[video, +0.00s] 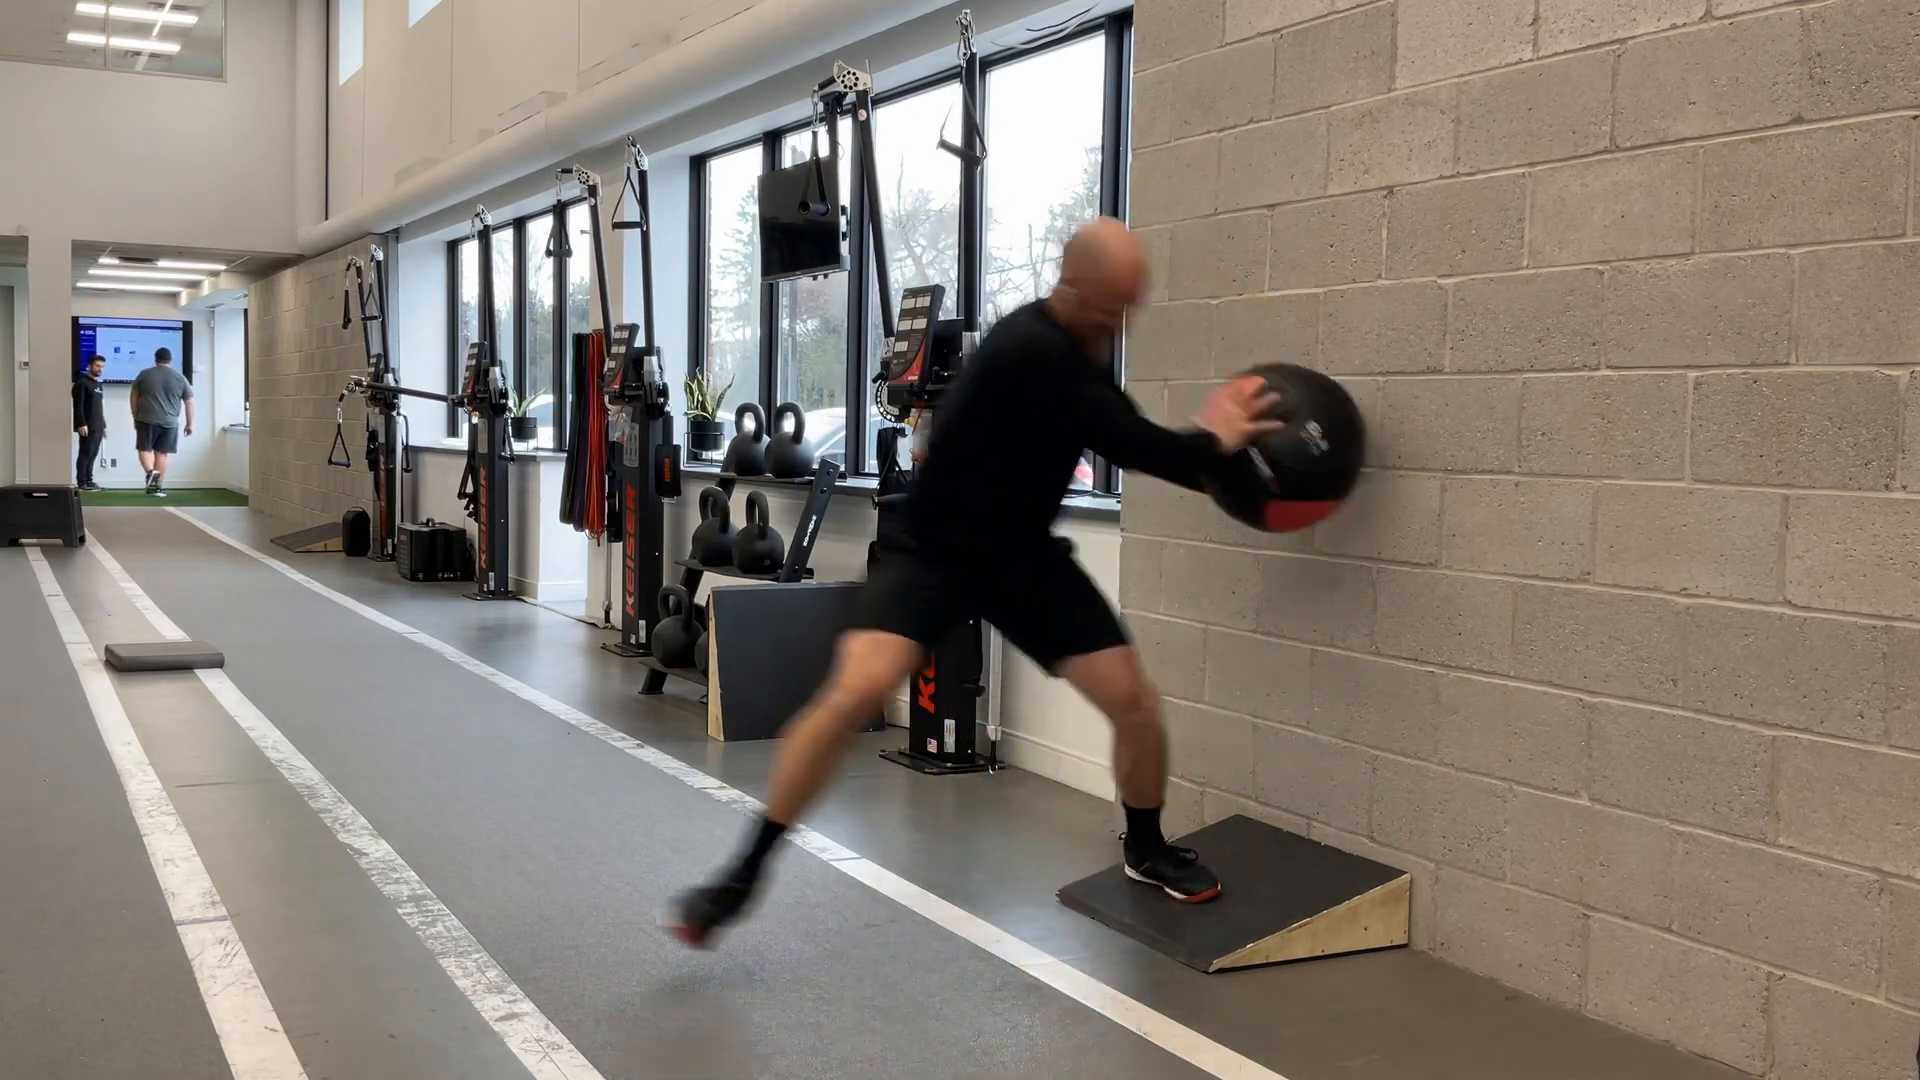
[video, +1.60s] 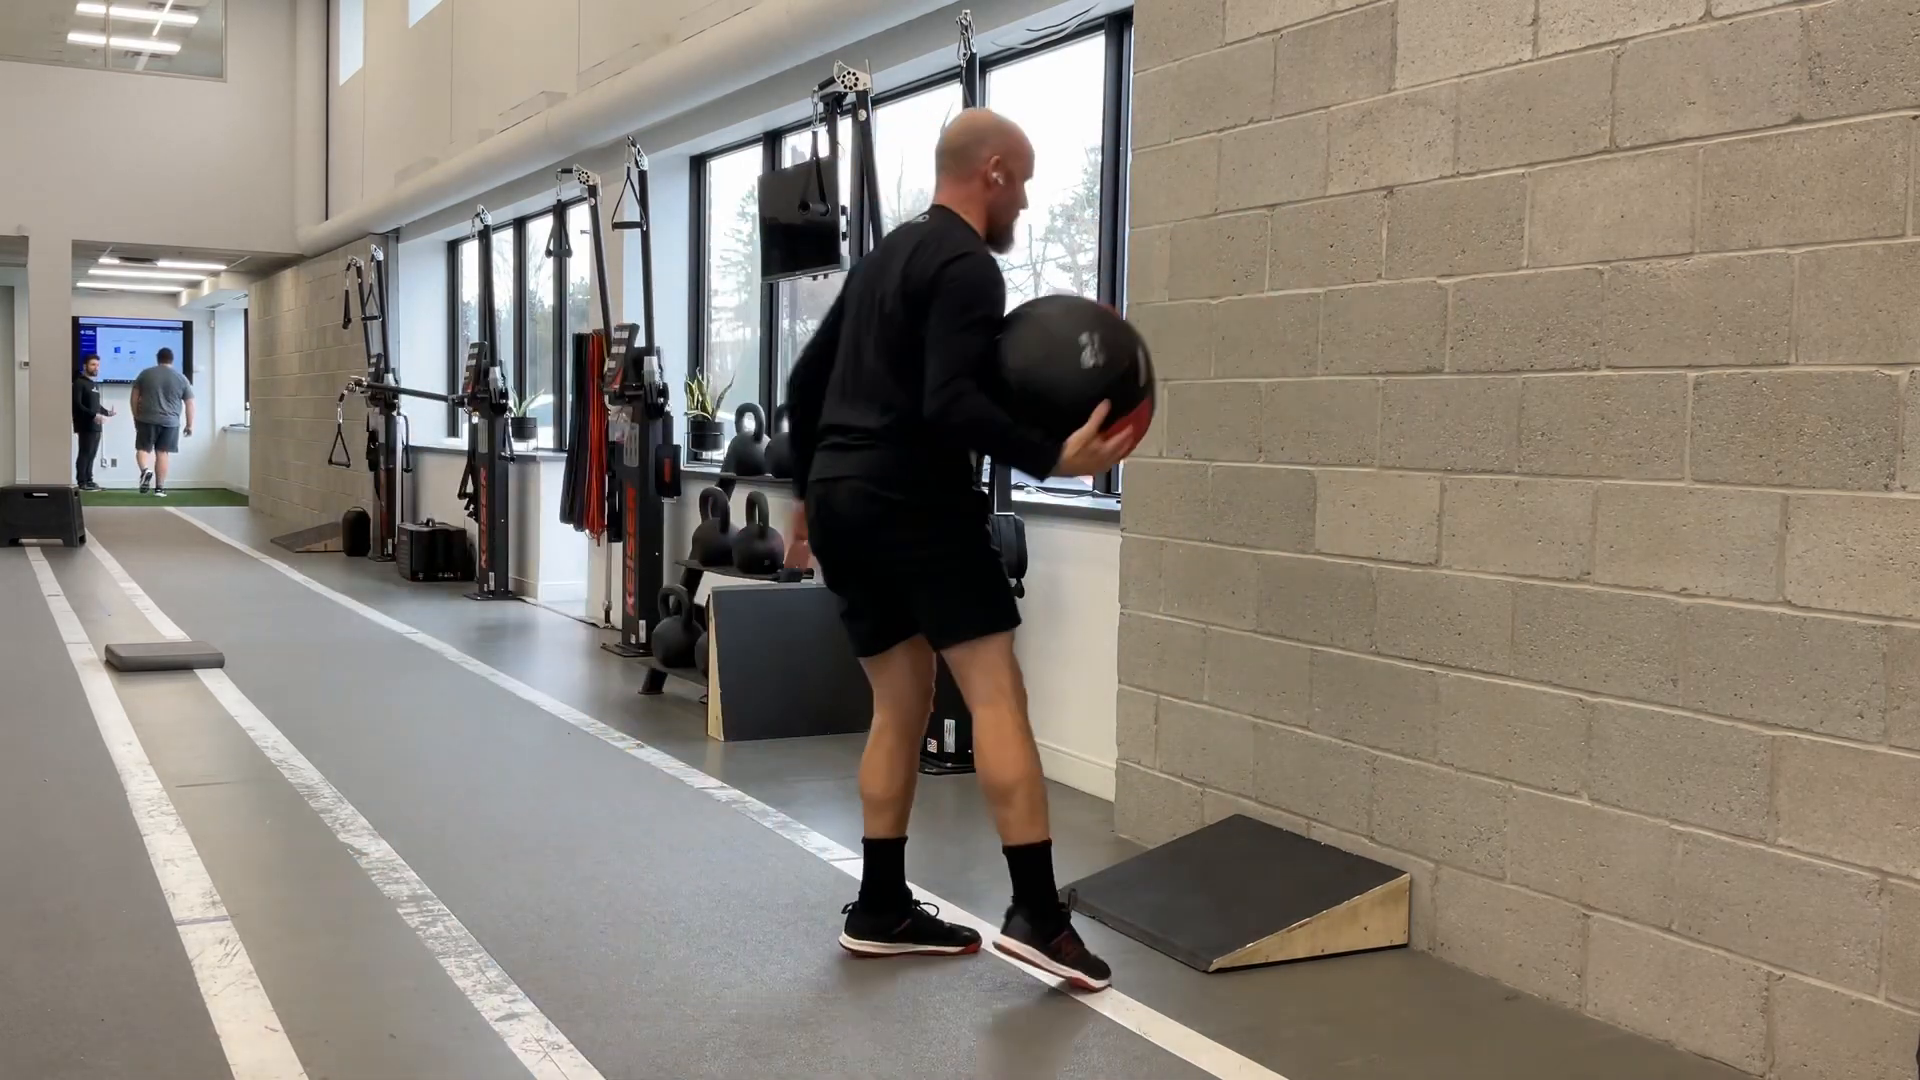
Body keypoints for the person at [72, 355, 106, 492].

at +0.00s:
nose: (100, 369)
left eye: (102, 367)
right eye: (97, 366)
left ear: (103, 368)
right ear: (90, 366)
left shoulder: (98, 384)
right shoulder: (81, 383)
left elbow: (99, 408)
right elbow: (78, 406)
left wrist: (103, 424)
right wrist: (81, 424)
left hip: (97, 425)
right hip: (87, 425)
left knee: (92, 455)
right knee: (85, 454)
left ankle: (89, 479)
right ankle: (82, 481)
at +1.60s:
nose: (96, 367)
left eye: (97, 365)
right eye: (93, 364)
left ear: (98, 367)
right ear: (86, 366)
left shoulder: (94, 384)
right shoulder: (79, 383)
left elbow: (95, 404)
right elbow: (78, 405)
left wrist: (107, 412)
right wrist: (93, 415)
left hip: (94, 423)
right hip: (84, 423)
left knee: (92, 453)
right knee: (85, 452)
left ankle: (89, 479)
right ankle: (82, 481)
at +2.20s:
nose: (91, 366)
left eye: (90, 363)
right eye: (89, 363)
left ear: (81, 365)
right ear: (84, 365)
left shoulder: (78, 381)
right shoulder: (80, 384)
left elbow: (81, 406)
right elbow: (82, 407)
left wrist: (96, 406)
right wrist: (98, 407)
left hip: (81, 425)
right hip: (82, 426)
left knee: (86, 450)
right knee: (85, 450)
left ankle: (81, 479)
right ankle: (81, 481)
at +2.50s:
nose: (81, 366)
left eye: (81, 363)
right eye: (79, 364)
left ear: (74, 367)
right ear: (74, 367)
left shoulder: (73, 383)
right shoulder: (75, 385)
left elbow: (79, 406)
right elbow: (81, 407)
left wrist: (91, 403)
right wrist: (94, 404)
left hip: (76, 425)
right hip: (79, 426)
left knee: (77, 455)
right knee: (78, 455)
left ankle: (81, 481)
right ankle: (81, 482)